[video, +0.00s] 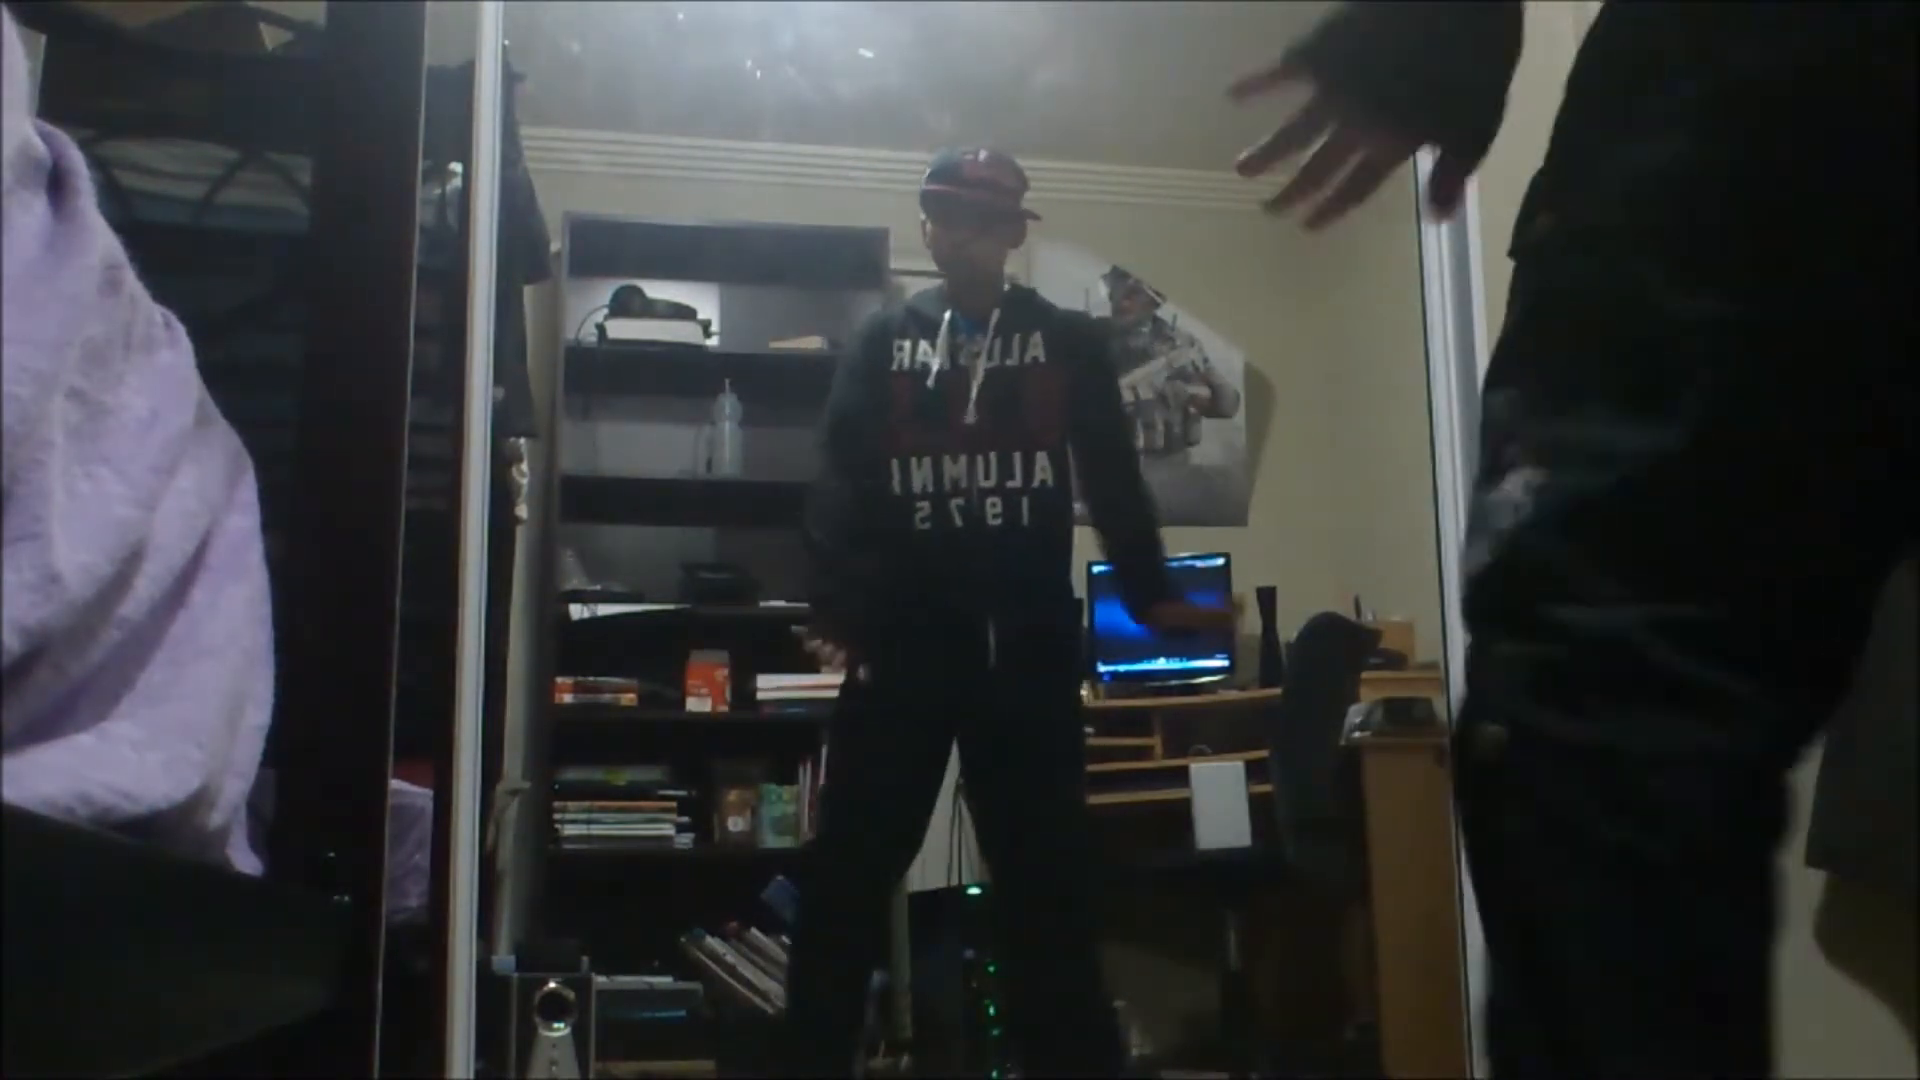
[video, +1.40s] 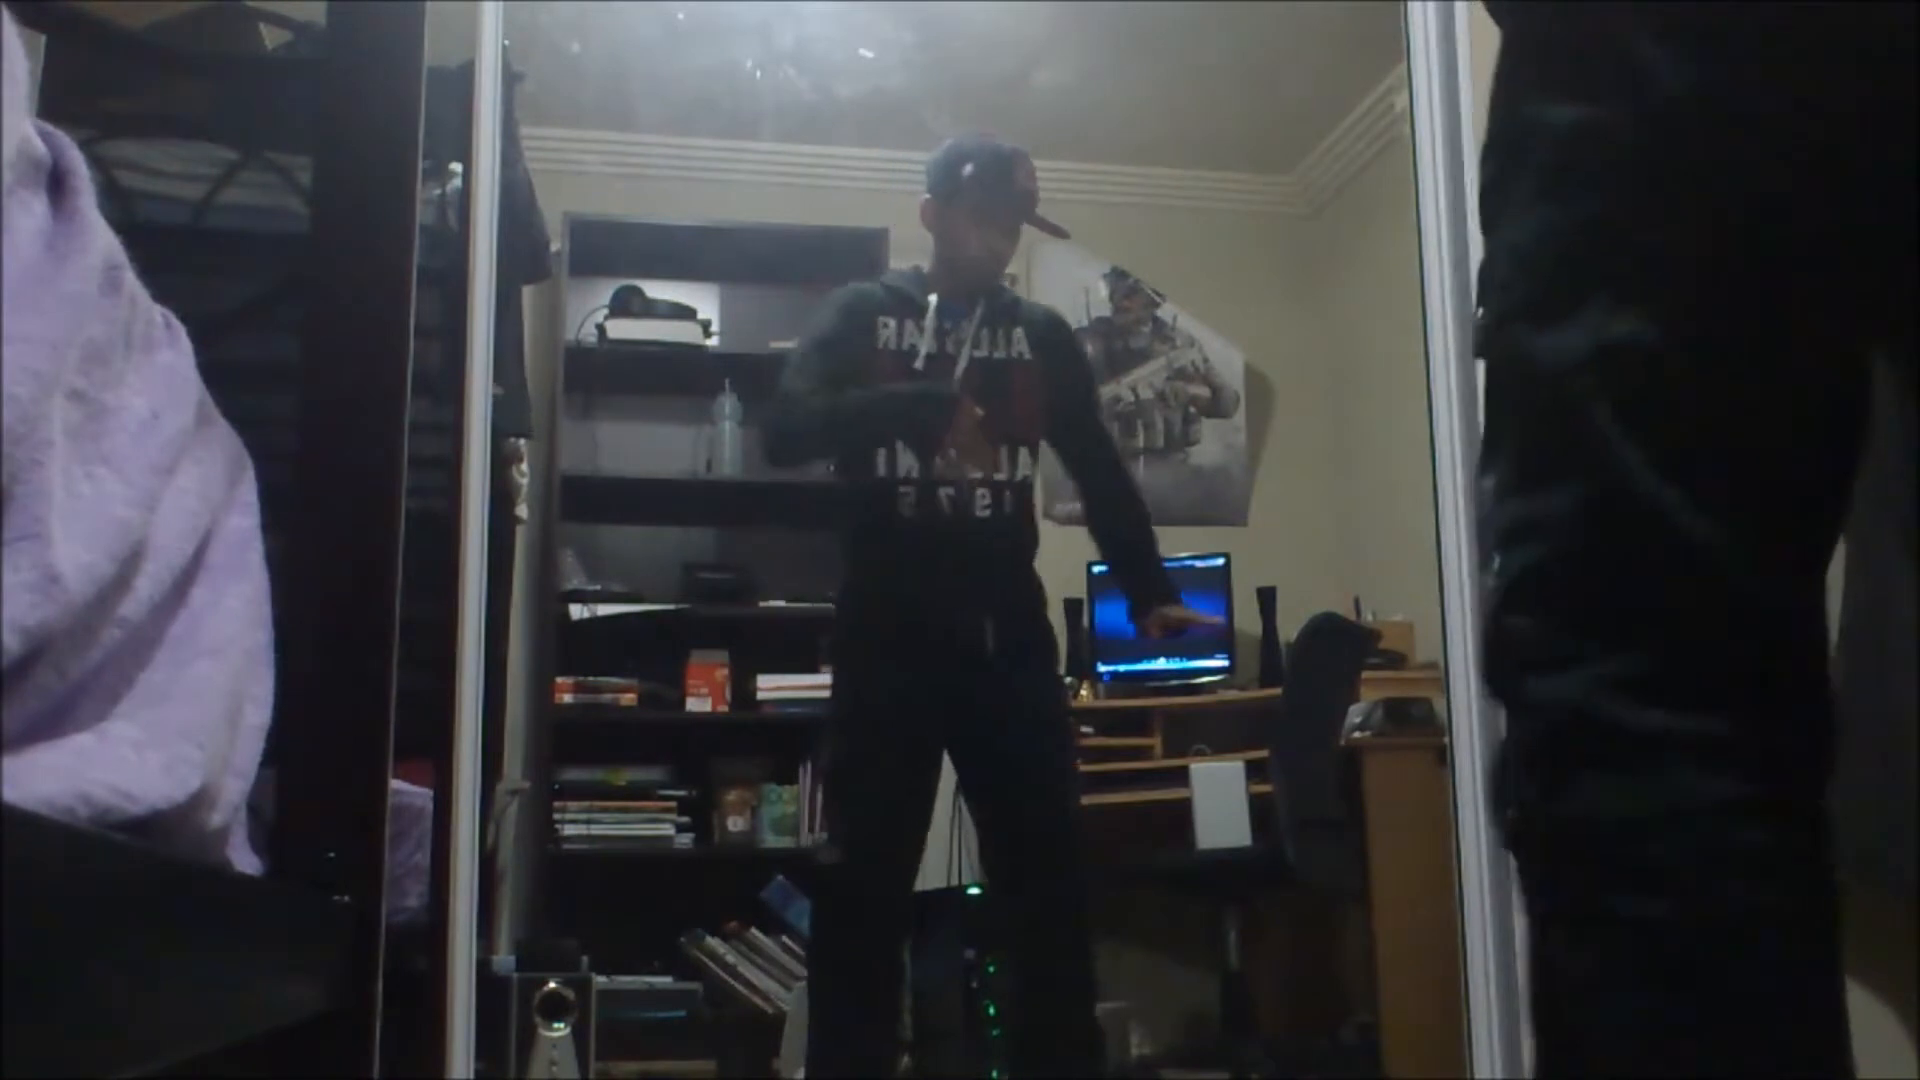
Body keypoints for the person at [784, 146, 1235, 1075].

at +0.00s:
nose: (973, 237)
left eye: (992, 220)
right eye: (956, 218)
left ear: (1021, 230)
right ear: (927, 226)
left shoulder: (1068, 340)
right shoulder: (881, 337)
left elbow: (1113, 481)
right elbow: (839, 480)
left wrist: (1156, 601)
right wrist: (836, 602)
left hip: (1027, 637)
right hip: (905, 634)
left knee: (1045, 868)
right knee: (850, 865)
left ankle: (1067, 1063)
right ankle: (814, 1062)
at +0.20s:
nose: (933, 239)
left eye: (957, 224)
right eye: (922, 222)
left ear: (996, 234)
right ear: (904, 230)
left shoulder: (1053, 339)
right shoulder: (873, 353)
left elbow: (1098, 493)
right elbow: (853, 523)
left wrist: (1087, 529)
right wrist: (800, 602)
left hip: (1022, 634)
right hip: (904, 634)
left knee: (1054, 869)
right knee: (828, 852)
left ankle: (1055, 1065)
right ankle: (767, 1063)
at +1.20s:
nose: (975, 239)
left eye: (988, 223)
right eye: (957, 218)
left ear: (997, 225)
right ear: (903, 213)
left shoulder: (1009, 339)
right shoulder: (829, 327)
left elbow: (1053, 481)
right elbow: (790, 479)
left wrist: (1088, 598)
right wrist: (895, 519)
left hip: (989, 637)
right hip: (869, 639)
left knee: (1048, 863)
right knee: (856, 880)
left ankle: (1091, 1063)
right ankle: (848, 1068)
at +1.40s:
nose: (1001, 238)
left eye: (1014, 221)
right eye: (983, 217)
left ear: (1027, 223)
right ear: (933, 212)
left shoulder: (1042, 337)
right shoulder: (862, 313)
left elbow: (1099, 470)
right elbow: (786, 424)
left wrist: (1152, 594)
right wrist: (919, 412)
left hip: (1005, 627)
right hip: (889, 623)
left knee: (1042, 867)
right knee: (867, 875)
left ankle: (1055, 1064)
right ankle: (850, 1065)